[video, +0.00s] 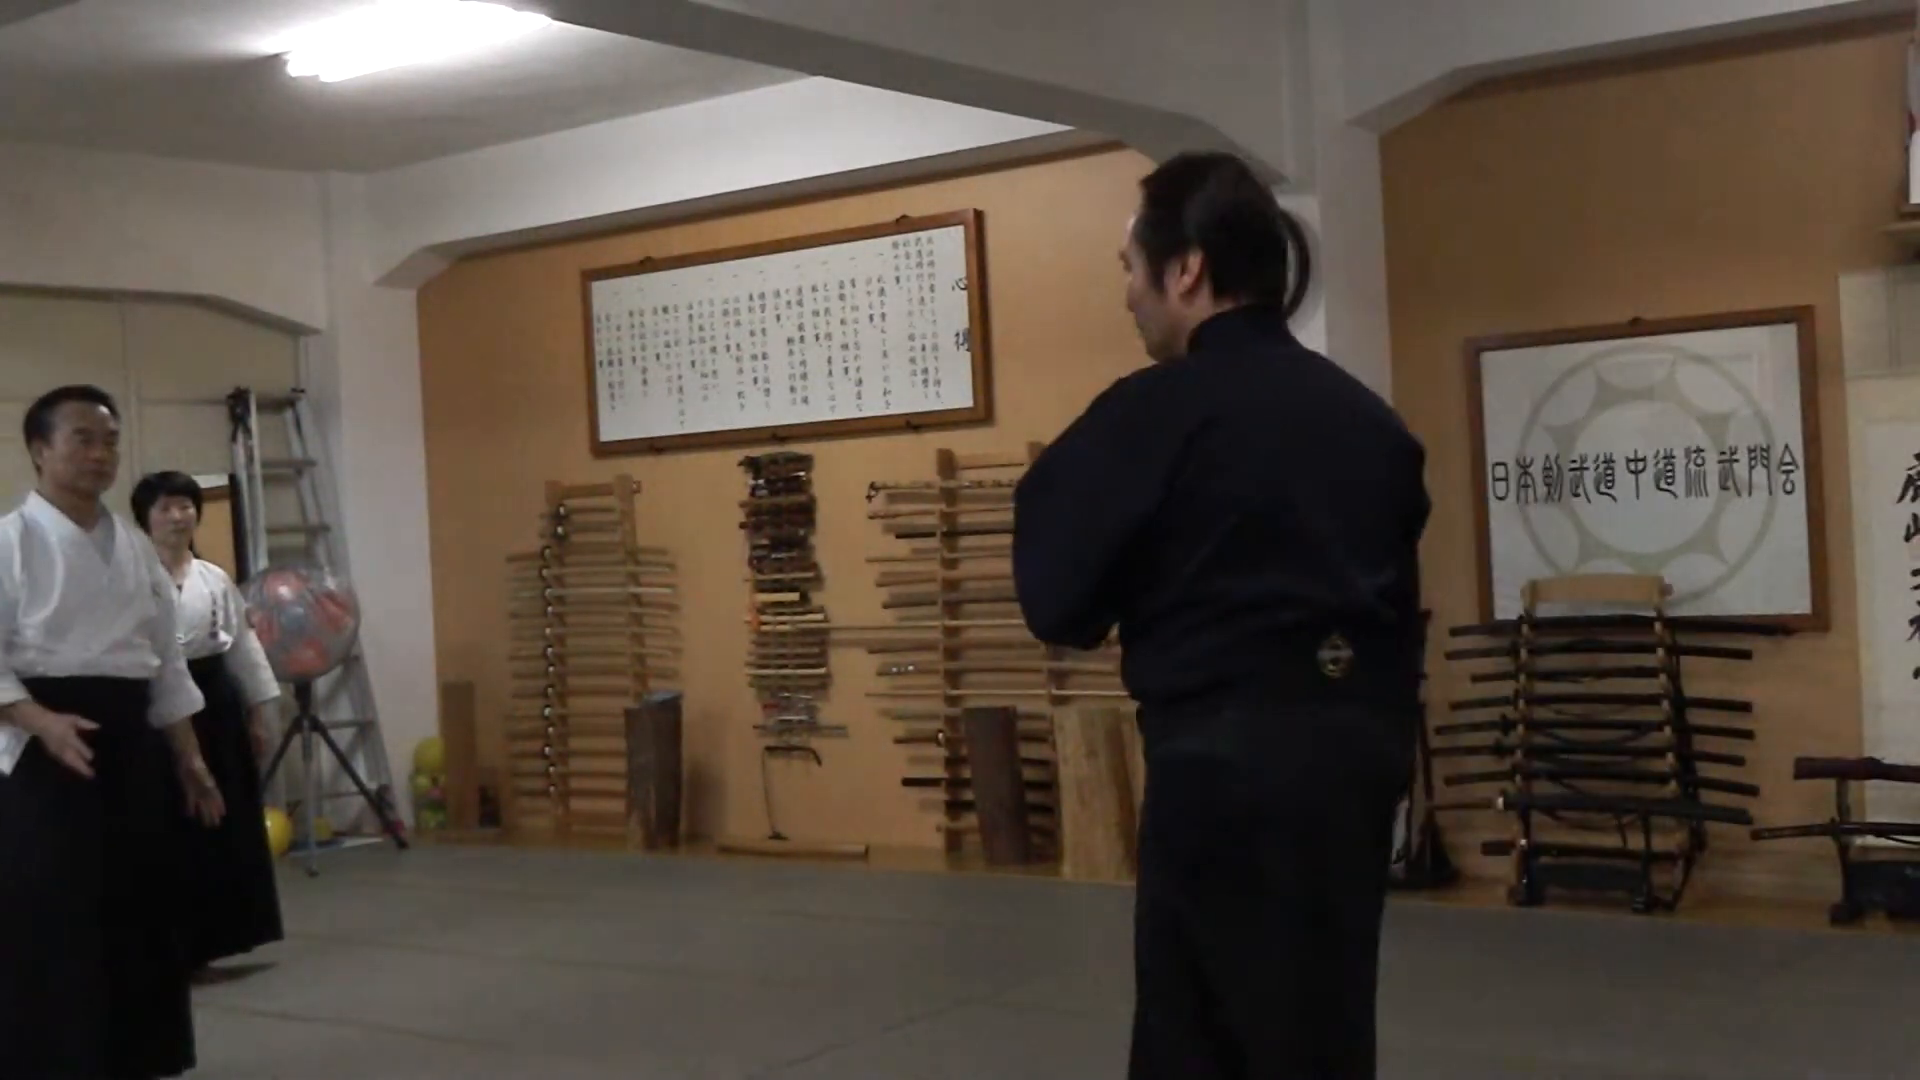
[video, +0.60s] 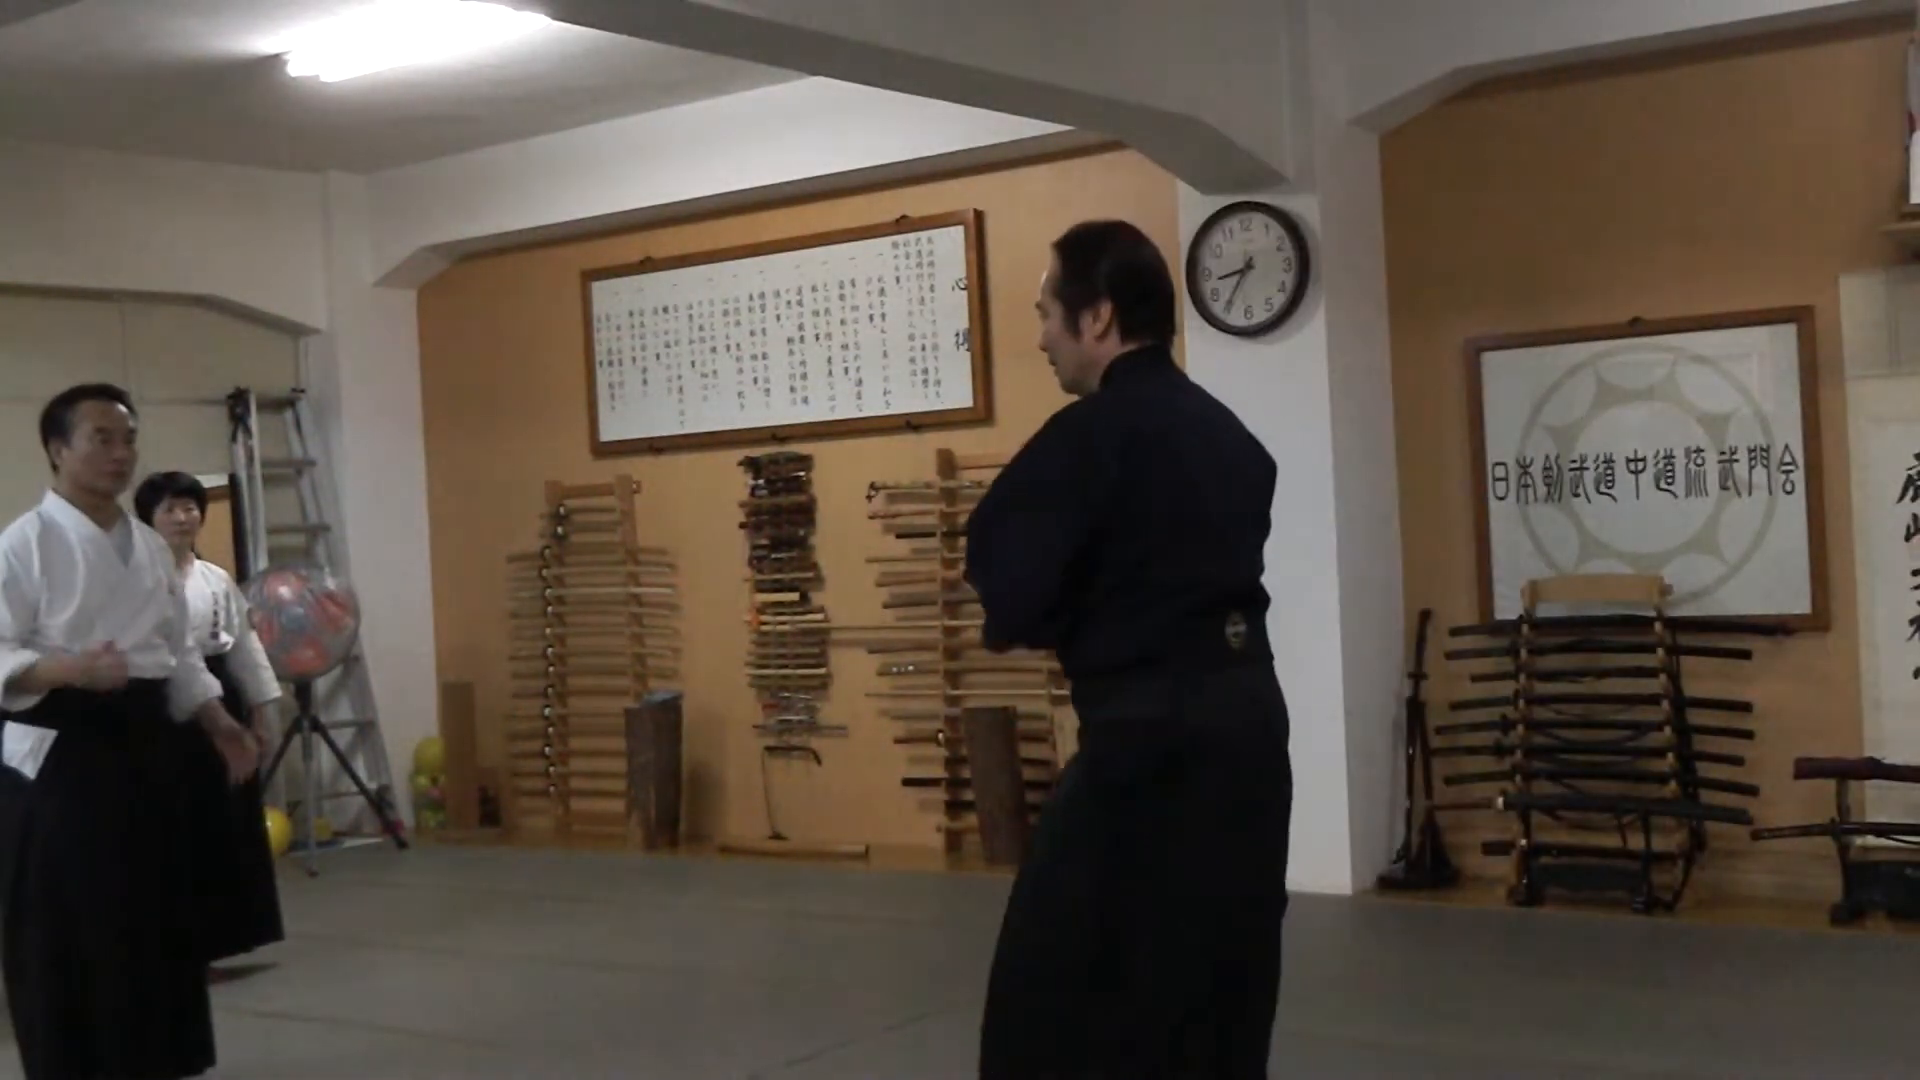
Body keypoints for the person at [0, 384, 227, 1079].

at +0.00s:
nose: (100, 452)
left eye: (109, 440)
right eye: (82, 438)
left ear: (118, 453)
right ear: (39, 450)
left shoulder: (135, 546)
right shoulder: (14, 538)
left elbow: (166, 659)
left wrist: (190, 754)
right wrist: (38, 721)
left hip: (132, 735)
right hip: (44, 738)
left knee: (140, 901)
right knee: (53, 909)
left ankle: (138, 1055)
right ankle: (56, 1058)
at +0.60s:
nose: (120, 451)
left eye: (128, 439)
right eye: (101, 437)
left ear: (135, 452)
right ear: (57, 450)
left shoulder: (150, 547)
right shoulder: (23, 545)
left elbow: (178, 654)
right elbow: (2, 663)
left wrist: (220, 722)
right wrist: (62, 670)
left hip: (149, 754)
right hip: (56, 764)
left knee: (155, 926)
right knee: (64, 936)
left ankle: (157, 1060)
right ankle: (73, 1064)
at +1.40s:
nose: (126, 461)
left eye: (132, 447)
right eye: (108, 446)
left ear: (135, 451)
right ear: (61, 452)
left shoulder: (103, 535)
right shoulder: (42, 531)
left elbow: (110, 659)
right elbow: (121, 572)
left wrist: (168, 654)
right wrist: (211, 564)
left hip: (109, 743)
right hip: (51, 752)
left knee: (126, 922)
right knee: (71, 932)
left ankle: (135, 1058)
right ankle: (80, 1061)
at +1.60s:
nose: (131, 462)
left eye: (140, 448)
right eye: (112, 447)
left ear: (148, 456)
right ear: (67, 455)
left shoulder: (162, 548)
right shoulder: (33, 549)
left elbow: (193, 653)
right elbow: (28, 664)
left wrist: (212, 748)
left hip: (158, 735)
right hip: (64, 746)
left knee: (159, 923)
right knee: (76, 928)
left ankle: (158, 1063)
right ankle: (76, 1064)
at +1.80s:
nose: (113, 469)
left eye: (122, 454)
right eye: (94, 453)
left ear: (132, 461)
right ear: (49, 461)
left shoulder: (170, 556)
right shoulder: (11, 553)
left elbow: (209, 655)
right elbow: (2, 663)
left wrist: (237, 731)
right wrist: (1, 755)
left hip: (152, 750)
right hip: (43, 754)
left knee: (155, 943)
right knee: (47, 938)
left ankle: (154, 1068)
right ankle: (50, 1066)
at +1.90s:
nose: (99, 481)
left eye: (109, 466)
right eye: (81, 466)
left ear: (119, 471)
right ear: (37, 472)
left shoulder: (159, 563)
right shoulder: (10, 556)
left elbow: (224, 660)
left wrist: (284, 664)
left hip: (129, 757)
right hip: (27, 755)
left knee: (139, 939)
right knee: (33, 941)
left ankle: (146, 1067)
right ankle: (40, 1066)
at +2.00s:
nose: (90, 487)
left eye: (101, 472)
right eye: (72, 472)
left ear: (113, 476)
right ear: (31, 477)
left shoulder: (158, 559)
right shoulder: (7, 558)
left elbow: (232, 640)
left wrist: (237, 572)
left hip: (136, 763)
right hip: (37, 763)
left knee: (148, 943)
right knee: (38, 941)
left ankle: (154, 1067)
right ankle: (44, 1067)